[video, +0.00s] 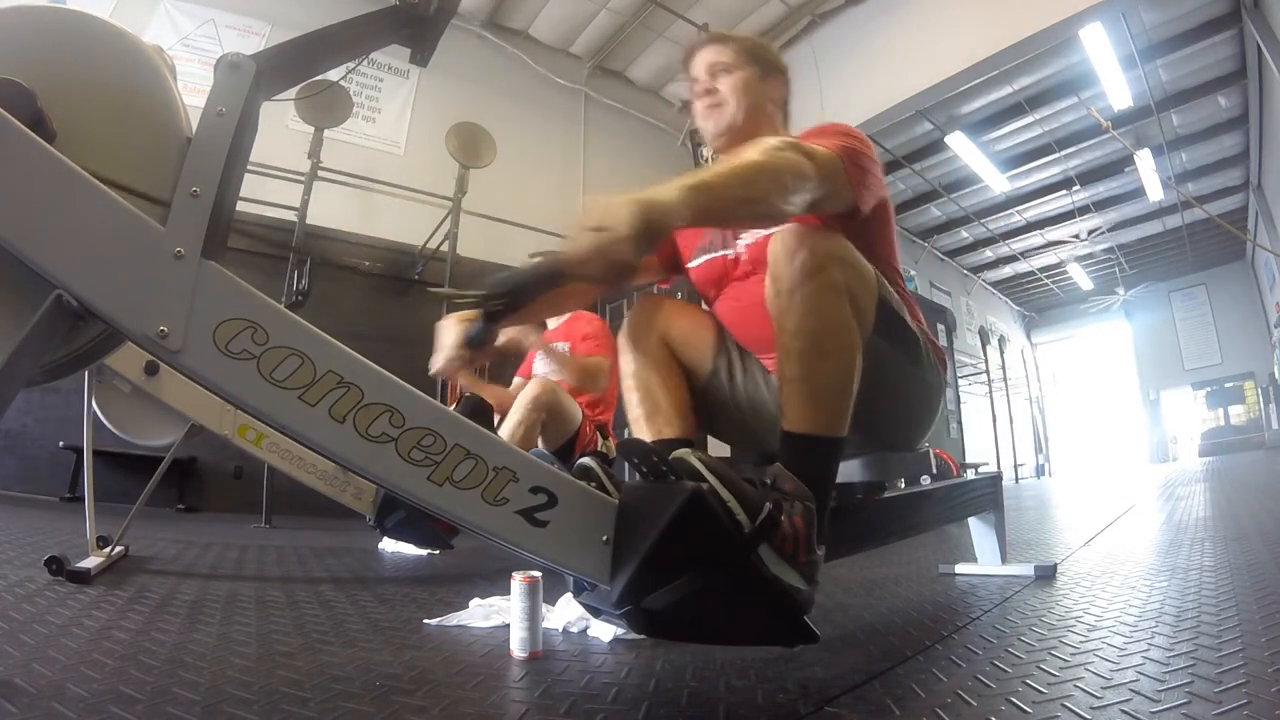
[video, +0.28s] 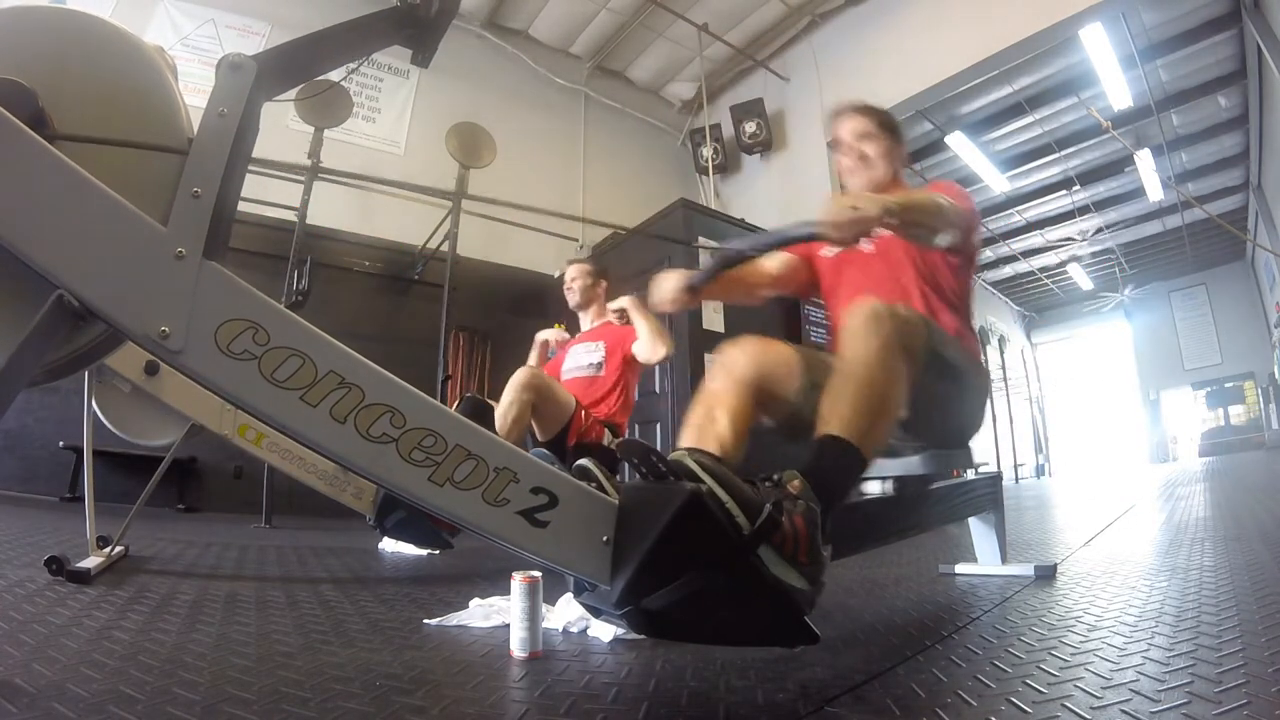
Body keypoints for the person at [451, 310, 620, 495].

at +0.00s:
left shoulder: (591, 325)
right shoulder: (541, 338)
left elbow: (595, 380)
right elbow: (512, 401)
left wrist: (538, 342)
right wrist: (459, 373)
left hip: (588, 445)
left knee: (540, 391)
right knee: (470, 405)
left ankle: (485, 479)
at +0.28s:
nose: (566, 286)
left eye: (575, 279)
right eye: (564, 282)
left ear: (601, 286)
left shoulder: (622, 333)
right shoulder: (567, 346)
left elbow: (658, 352)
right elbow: (533, 387)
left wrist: (632, 305)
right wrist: (538, 346)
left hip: (600, 438)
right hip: (555, 433)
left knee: (527, 379)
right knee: (472, 406)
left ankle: (493, 464)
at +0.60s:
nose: (585, 294)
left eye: (592, 287)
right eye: (582, 291)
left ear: (617, 292)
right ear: (582, 301)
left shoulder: (638, 339)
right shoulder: (587, 342)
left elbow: (670, 380)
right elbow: (560, 391)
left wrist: (669, 326)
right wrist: (574, 355)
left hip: (603, 432)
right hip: (564, 427)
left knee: (532, 370)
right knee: (476, 401)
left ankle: (491, 461)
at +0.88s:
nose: (595, 295)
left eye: (602, 289)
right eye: (593, 292)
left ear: (626, 297)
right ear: (592, 303)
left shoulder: (641, 341)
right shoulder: (596, 349)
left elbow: (669, 397)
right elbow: (591, 404)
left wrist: (605, 373)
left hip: (613, 436)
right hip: (574, 431)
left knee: (537, 380)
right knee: (477, 403)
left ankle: (530, 476)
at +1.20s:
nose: (596, 293)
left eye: (605, 287)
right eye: (594, 288)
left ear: (627, 297)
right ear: (592, 299)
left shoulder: (640, 340)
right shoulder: (598, 347)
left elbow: (670, 396)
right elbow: (600, 403)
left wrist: (605, 408)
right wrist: (570, 415)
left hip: (614, 442)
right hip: (579, 435)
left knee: (535, 417)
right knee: (485, 400)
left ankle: (490, 550)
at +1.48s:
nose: (597, 291)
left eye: (605, 284)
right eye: (594, 285)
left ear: (628, 294)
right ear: (590, 294)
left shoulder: (638, 328)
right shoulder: (595, 337)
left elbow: (650, 390)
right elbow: (593, 393)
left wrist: (579, 391)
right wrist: (562, 406)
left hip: (622, 435)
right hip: (582, 425)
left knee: (539, 418)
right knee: (496, 393)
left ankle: (492, 550)